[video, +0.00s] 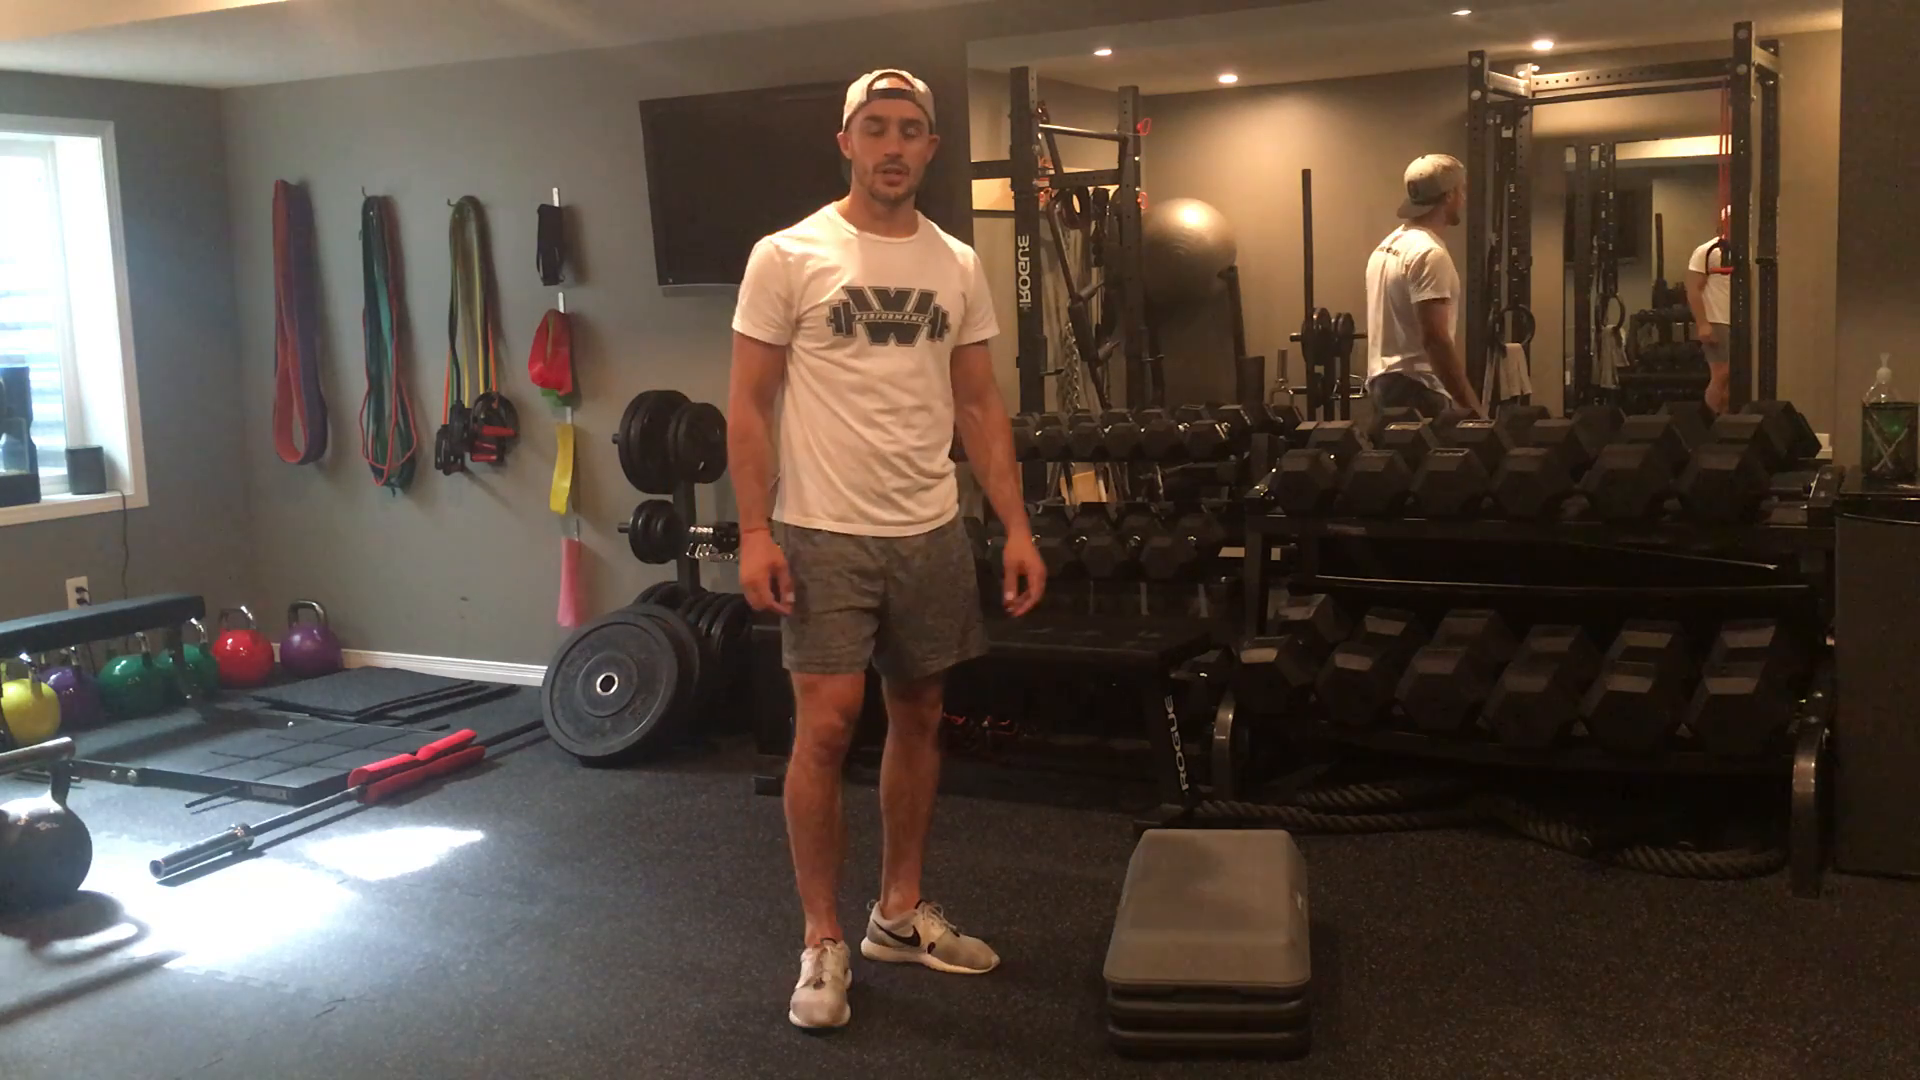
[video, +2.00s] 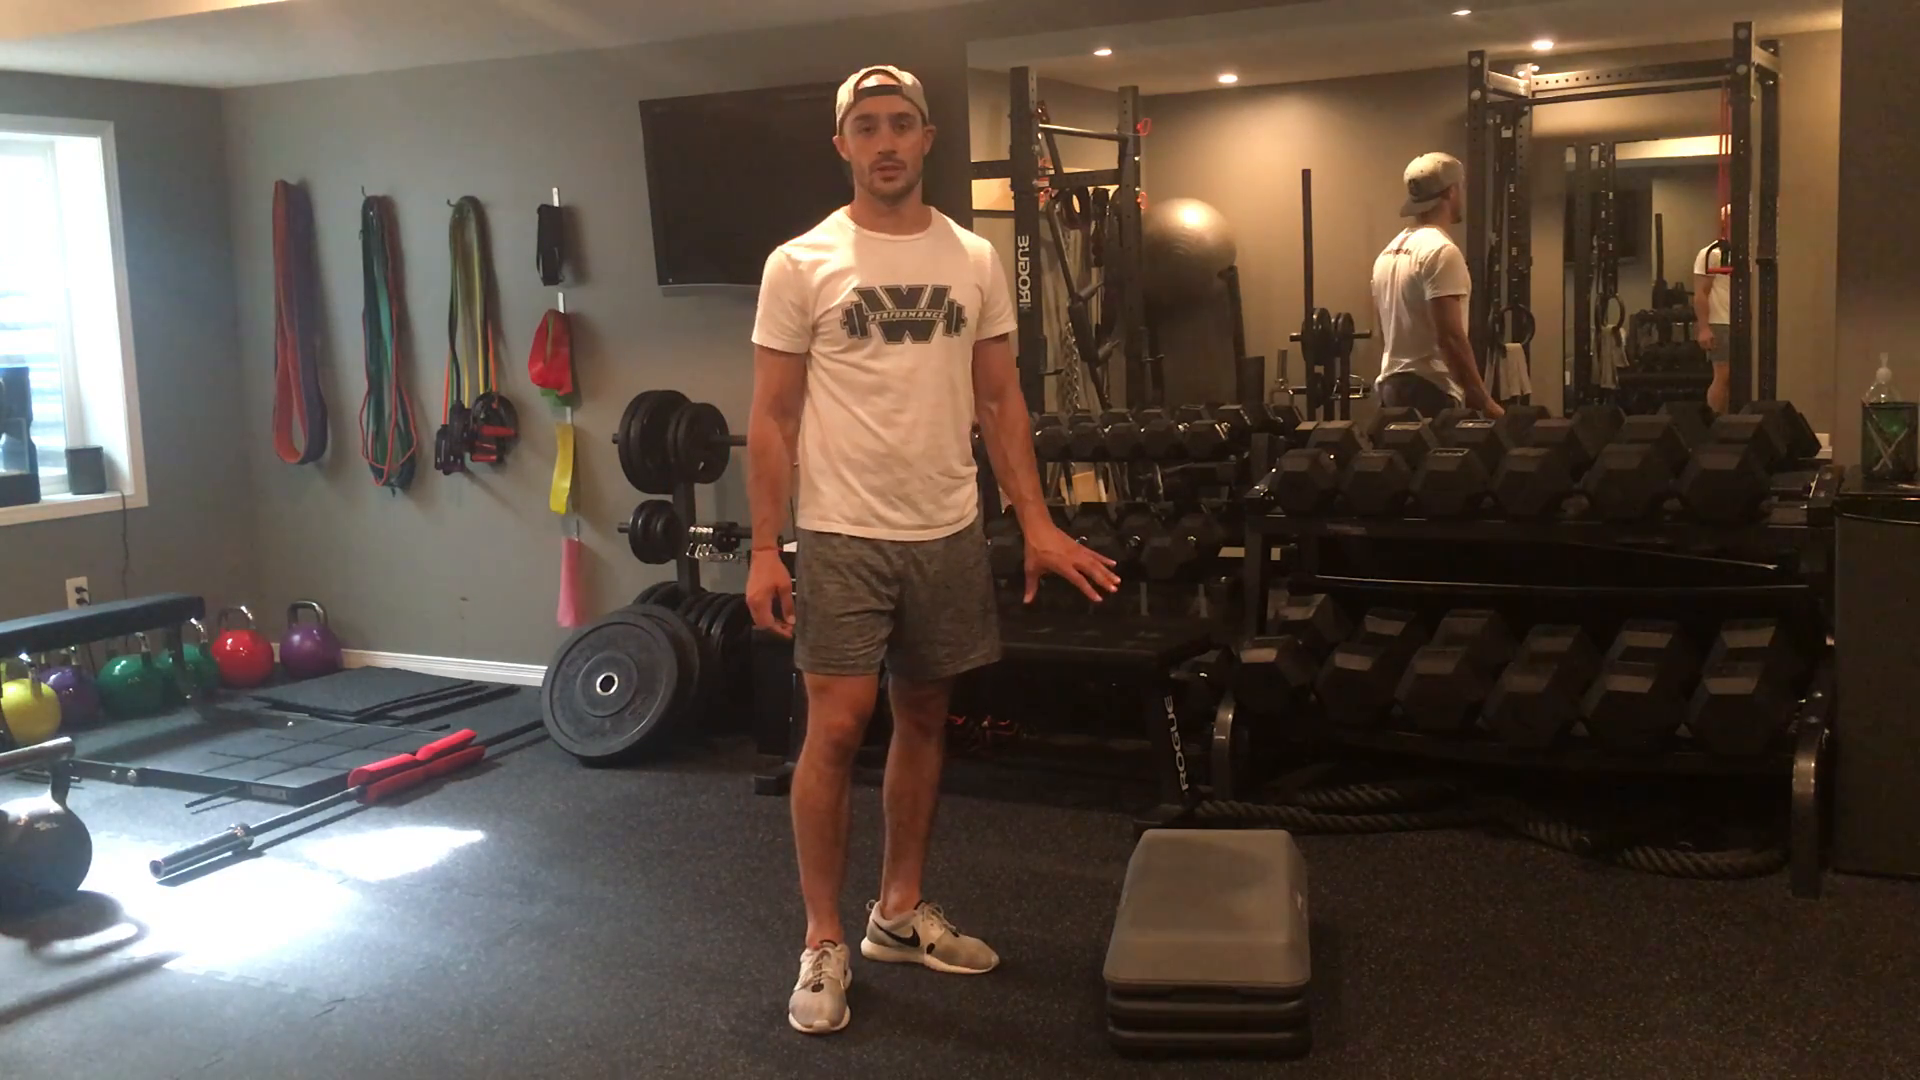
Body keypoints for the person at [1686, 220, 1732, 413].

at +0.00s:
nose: (1732, 228)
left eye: (1735, 224)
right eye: (1729, 223)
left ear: (1740, 226)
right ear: (1722, 225)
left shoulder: (1743, 253)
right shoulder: (1706, 252)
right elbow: (1693, 289)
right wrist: (1702, 323)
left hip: (1739, 325)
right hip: (1717, 323)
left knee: (1730, 378)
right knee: (1721, 375)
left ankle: (1725, 422)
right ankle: (1706, 421)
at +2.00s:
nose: (1733, 223)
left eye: (1736, 217)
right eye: (1730, 217)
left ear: (1743, 220)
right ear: (1723, 221)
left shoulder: (1748, 253)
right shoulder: (1710, 254)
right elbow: (1701, 293)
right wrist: (1704, 327)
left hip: (1745, 325)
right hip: (1721, 324)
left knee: (1740, 378)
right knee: (1722, 377)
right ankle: (1715, 424)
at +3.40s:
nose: (1737, 228)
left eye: (1738, 223)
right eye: (1734, 223)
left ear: (1724, 223)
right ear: (1725, 223)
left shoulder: (1730, 252)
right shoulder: (1708, 251)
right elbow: (1701, 295)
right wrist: (1712, 330)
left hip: (1728, 324)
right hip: (1713, 325)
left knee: (1726, 382)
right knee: (1712, 381)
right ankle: (1698, 425)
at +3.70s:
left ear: (1726, 224)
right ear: (1735, 226)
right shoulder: (1718, 251)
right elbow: (1717, 292)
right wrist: (1728, 325)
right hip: (1710, 322)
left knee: (1727, 376)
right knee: (1709, 375)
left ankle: (1728, 423)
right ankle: (1697, 423)